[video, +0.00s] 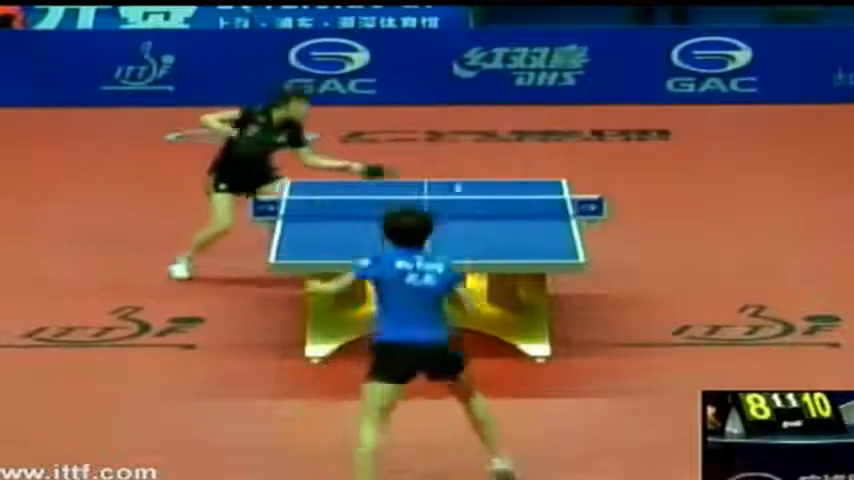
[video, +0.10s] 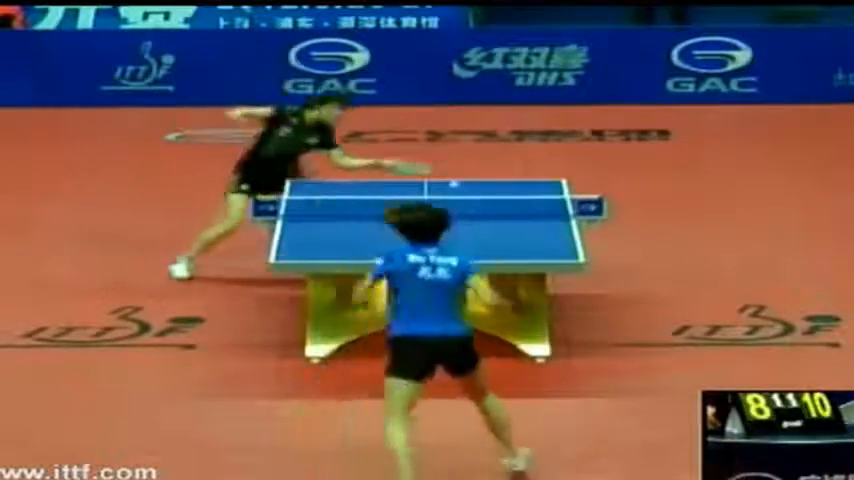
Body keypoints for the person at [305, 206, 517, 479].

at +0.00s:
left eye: (389, 233)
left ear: (389, 236)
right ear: (425, 236)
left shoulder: (379, 263)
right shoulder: (441, 268)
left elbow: (337, 287)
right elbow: (471, 308)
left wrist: (317, 287)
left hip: (394, 348)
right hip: (435, 347)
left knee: (372, 418)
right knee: (470, 397)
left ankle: (366, 472)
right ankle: (498, 458)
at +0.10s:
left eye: (404, 229)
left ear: (406, 232)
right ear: (439, 232)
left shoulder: (393, 259)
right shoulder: (457, 262)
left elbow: (360, 294)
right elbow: (488, 298)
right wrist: (507, 305)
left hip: (409, 343)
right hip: (454, 341)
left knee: (396, 416)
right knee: (483, 397)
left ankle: (406, 473)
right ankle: (512, 456)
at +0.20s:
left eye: (417, 235)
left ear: (420, 239)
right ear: (451, 240)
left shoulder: (406, 265)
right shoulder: (466, 269)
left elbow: (377, 297)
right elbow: (502, 307)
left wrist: (370, 309)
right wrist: (522, 314)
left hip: (420, 350)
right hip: (464, 348)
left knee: (411, 424)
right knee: (495, 400)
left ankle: (416, 474)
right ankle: (527, 453)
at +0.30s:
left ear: (455, 243)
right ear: (487, 244)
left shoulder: (439, 266)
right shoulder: (499, 274)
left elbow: (403, 292)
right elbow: (533, 313)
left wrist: (393, 299)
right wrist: (554, 316)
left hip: (442, 349)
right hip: (485, 350)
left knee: (427, 418)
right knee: (513, 404)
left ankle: (419, 473)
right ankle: (538, 459)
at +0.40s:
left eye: (475, 232)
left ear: (476, 234)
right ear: (509, 237)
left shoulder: (460, 258)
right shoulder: (520, 267)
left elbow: (422, 266)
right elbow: (549, 299)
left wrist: (405, 260)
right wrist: (564, 300)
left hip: (463, 341)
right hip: (504, 343)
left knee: (439, 406)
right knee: (531, 402)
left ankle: (427, 468)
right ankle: (541, 459)